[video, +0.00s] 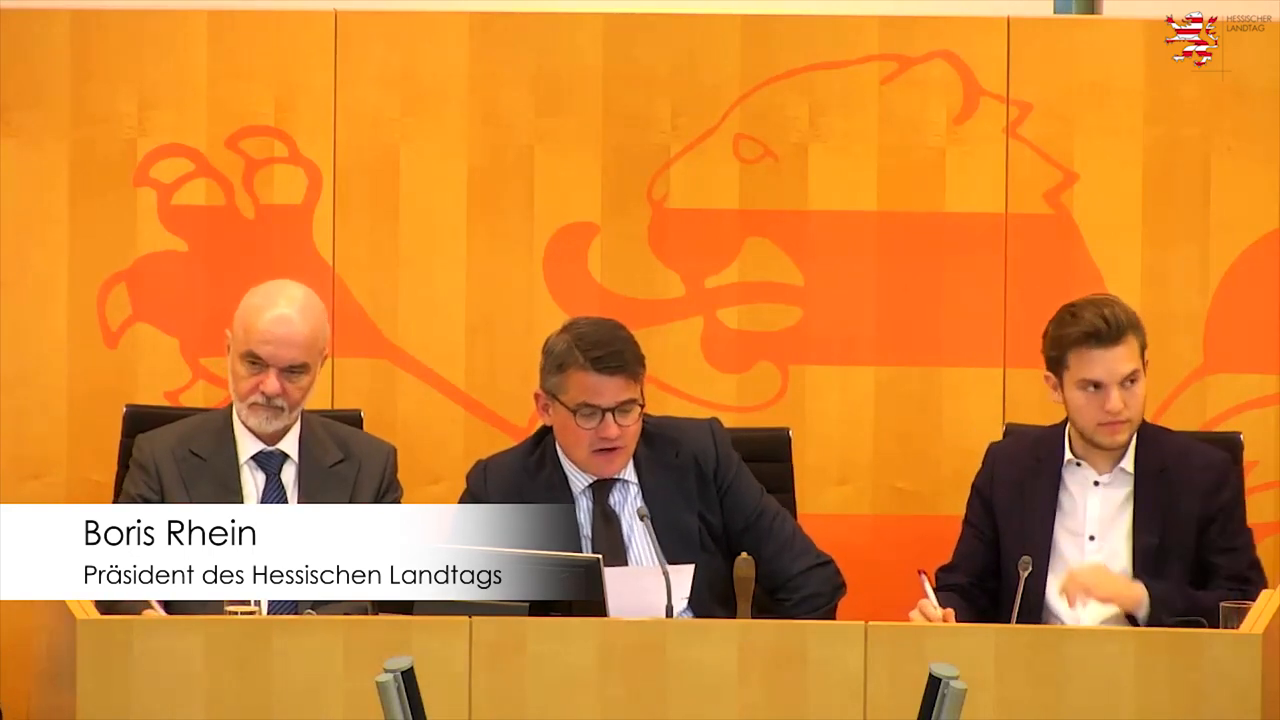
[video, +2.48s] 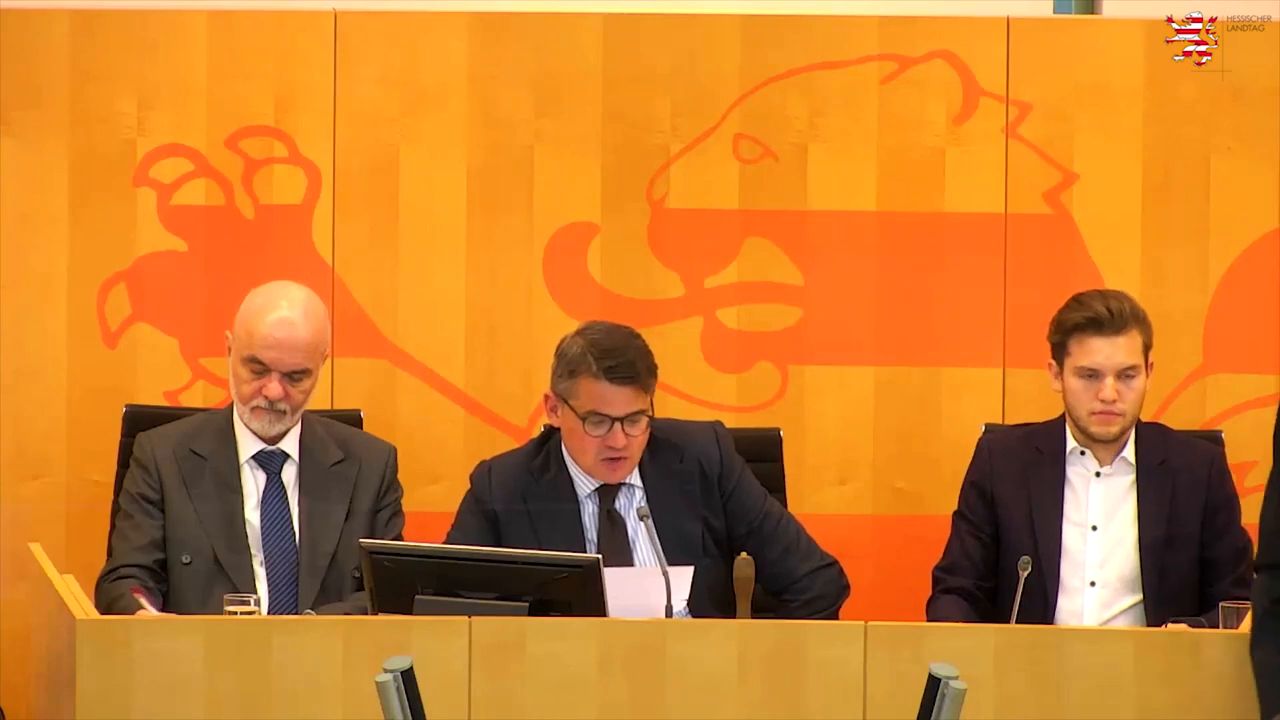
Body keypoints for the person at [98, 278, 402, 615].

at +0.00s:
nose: (271, 388)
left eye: (294, 371)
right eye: (254, 364)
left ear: (321, 363)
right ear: (229, 349)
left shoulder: (371, 464)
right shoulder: (159, 456)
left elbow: (385, 589)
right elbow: (118, 573)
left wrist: (312, 634)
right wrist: (145, 616)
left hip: (326, 666)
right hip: (195, 661)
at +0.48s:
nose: (287, 390)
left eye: (305, 371)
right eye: (267, 369)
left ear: (322, 362)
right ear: (227, 356)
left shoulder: (371, 463)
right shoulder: (159, 457)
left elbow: (387, 588)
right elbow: (118, 575)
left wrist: (313, 635)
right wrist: (145, 616)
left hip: (327, 666)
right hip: (196, 661)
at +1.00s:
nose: (289, 391)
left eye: (306, 373)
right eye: (269, 371)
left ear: (323, 363)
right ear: (228, 357)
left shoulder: (371, 463)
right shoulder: (160, 456)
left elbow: (385, 587)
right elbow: (118, 577)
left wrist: (312, 633)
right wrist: (148, 618)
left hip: (326, 664)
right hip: (197, 659)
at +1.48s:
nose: (273, 392)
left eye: (296, 376)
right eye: (256, 368)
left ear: (322, 363)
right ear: (228, 350)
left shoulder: (372, 464)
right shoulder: (159, 455)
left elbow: (390, 590)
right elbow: (117, 574)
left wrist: (314, 636)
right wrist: (144, 616)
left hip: (327, 666)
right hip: (196, 661)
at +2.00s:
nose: (273, 392)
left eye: (296, 376)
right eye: (256, 369)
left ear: (323, 361)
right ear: (229, 349)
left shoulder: (373, 464)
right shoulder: (159, 455)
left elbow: (390, 594)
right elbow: (118, 579)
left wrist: (313, 629)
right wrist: (145, 617)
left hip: (330, 671)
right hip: (197, 666)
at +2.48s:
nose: (274, 392)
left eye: (297, 376)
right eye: (257, 369)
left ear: (322, 362)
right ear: (229, 349)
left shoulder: (372, 464)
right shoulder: (160, 456)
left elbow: (391, 594)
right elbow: (124, 578)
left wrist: (314, 628)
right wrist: (146, 621)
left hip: (331, 676)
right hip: (199, 670)